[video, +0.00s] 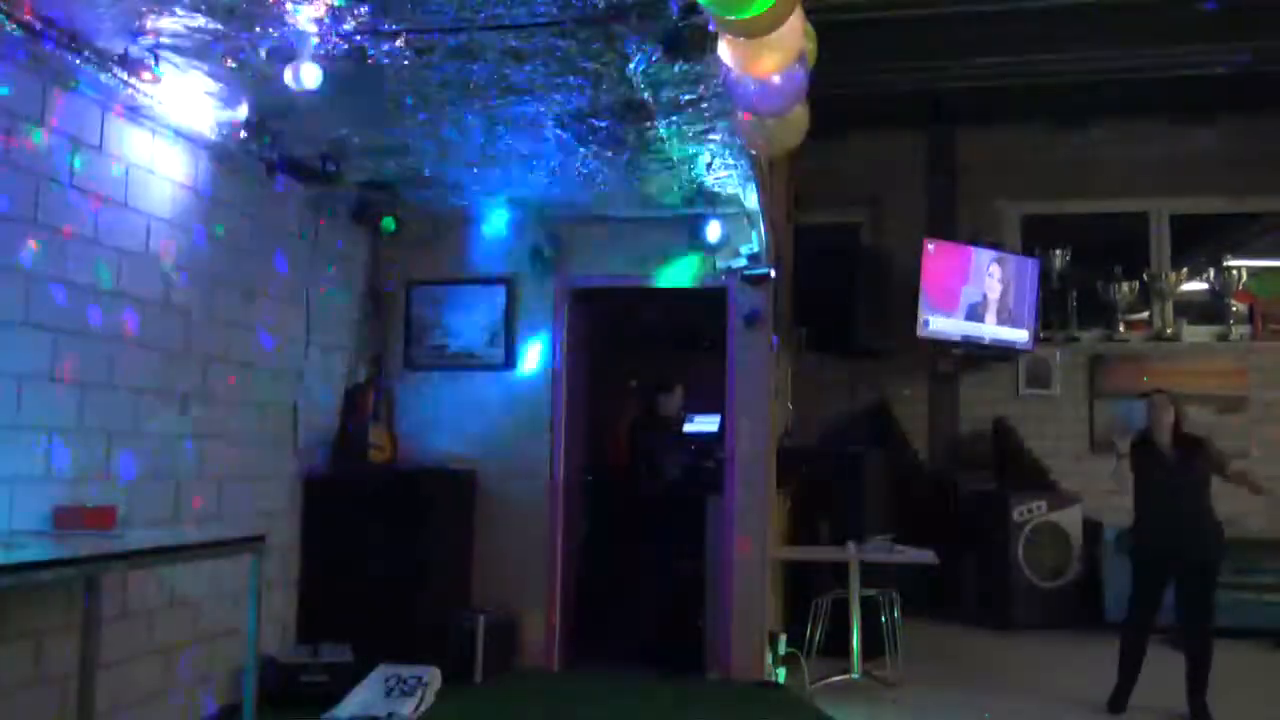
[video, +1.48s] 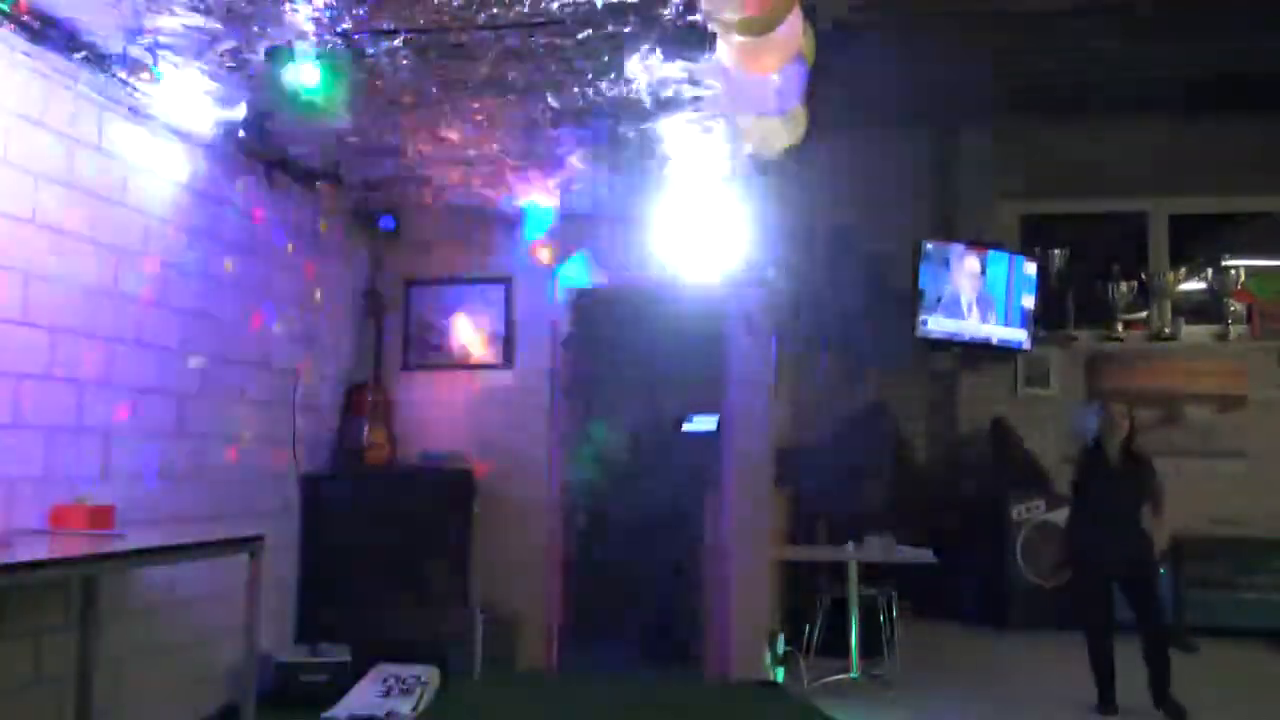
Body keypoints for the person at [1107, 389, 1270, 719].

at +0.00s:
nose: (1159, 415)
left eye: (1165, 408)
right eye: (1153, 409)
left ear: (1176, 413)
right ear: (1147, 415)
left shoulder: (1196, 446)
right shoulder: (1140, 447)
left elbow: (1226, 470)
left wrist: (1252, 484)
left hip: (1197, 547)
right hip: (1152, 546)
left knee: (1197, 627)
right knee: (1137, 621)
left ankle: (1197, 700)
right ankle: (1122, 690)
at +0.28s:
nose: (1164, 421)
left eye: (1169, 415)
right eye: (1158, 415)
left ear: (1177, 421)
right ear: (1149, 420)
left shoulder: (1194, 452)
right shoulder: (1139, 455)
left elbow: (1226, 464)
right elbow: (1140, 503)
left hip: (1200, 551)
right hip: (1157, 551)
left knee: (1202, 629)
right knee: (1140, 622)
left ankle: (1198, 702)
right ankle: (1117, 693)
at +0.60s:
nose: (1147, 424)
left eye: (1153, 419)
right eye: (1141, 417)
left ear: (1162, 424)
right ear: (1131, 422)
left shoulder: (1175, 458)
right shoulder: (1118, 457)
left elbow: (1212, 483)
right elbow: (1120, 493)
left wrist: (1258, 500)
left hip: (1182, 552)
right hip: (1137, 553)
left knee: (1191, 628)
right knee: (1125, 624)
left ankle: (1196, 704)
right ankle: (1108, 698)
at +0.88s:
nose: (1131, 416)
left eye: (1137, 410)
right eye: (1124, 410)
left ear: (1146, 415)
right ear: (1112, 415)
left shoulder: (1156, 450)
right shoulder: (1096, 451)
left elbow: (1159, 493)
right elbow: (1099, 487)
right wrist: (1121, 447)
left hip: (1152, 545)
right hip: (1109, 548)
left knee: (1172, 626)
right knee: (1108, 625)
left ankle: (1190, 701)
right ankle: (1107, 697)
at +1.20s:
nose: (1121, 421)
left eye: (1127, 414)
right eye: (1115, 414)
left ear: (1135, 419)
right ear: (1103, 418)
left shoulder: (1142, 455)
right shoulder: (1085, 452)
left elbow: (1149, 496)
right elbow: (1081, 500)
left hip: (1134, 548)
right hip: (1093, 549)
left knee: (1153, 622)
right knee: (1099, 627)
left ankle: (1172, 693)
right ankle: (1106, 698)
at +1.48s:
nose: (1118, 425)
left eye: (1123, 419)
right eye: (1112, 419)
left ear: (1130, 425)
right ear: (1100, 424)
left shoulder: (1140, 463)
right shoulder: (1085, 461)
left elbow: (1156, 505)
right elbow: (1076, 507)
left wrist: (1159, 540)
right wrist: (1069, 553)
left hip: (1132, 552)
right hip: (1092, 554)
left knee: (1153, 623)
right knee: (1099, 628)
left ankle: (1162, 695)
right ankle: (1106, 697)